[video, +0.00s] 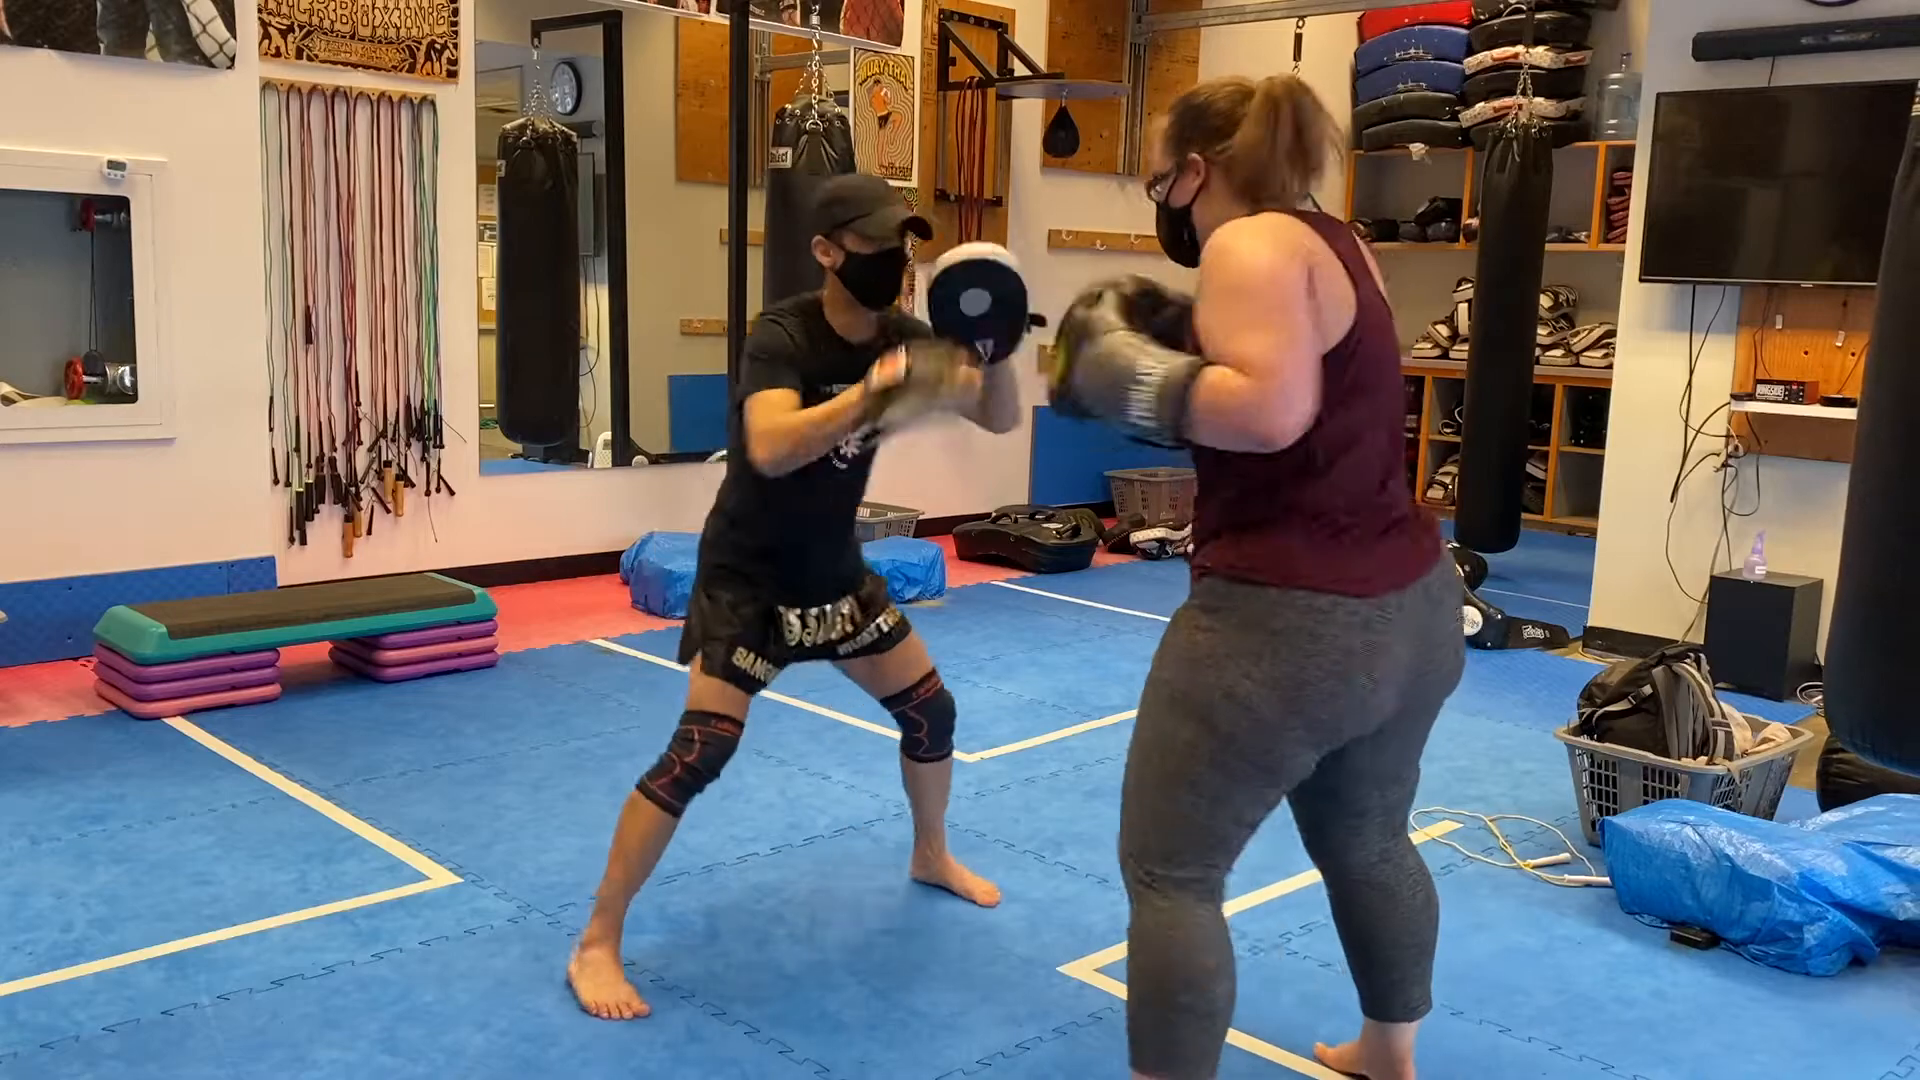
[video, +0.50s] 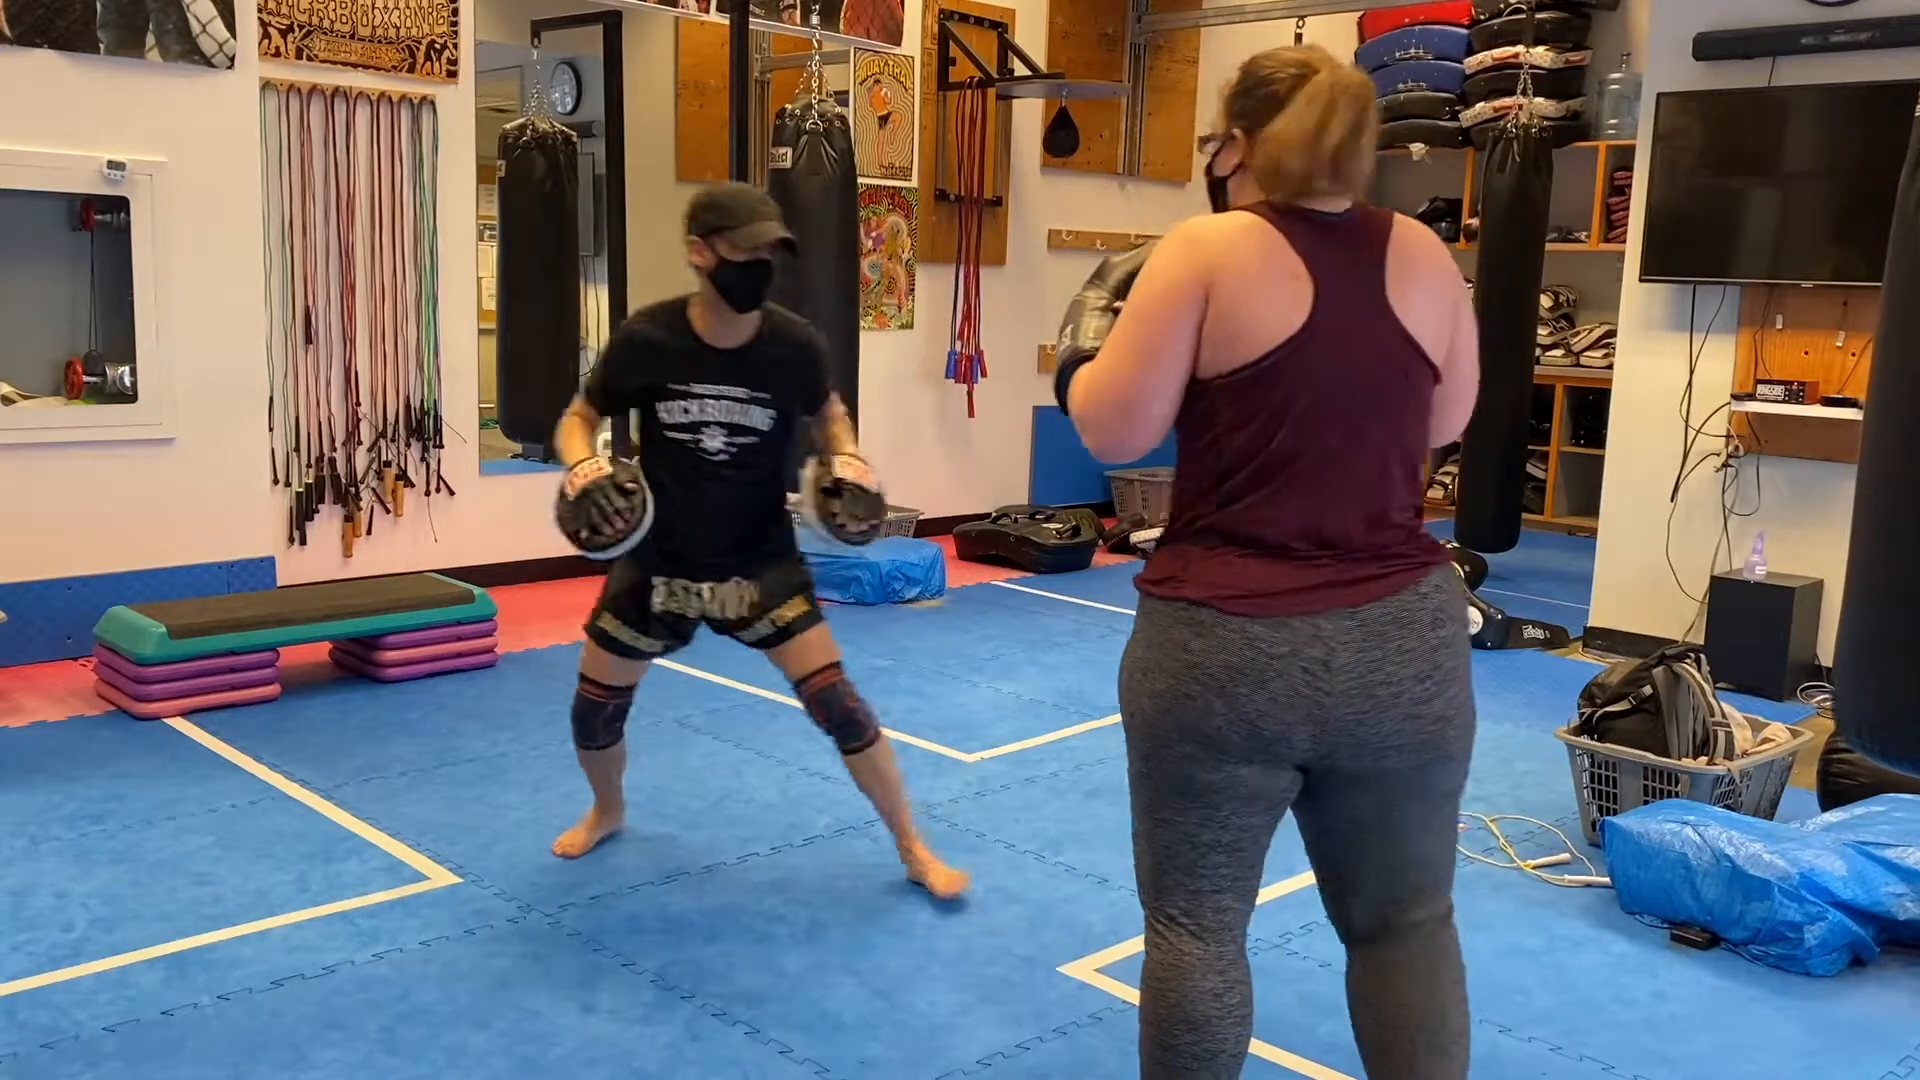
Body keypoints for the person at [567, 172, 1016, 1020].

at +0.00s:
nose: (898, 263)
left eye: (902, 247)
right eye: (880, 250)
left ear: (908, 243)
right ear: (829, 250)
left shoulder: (904, 338)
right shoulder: (777, 335)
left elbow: (1001, 417)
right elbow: (769, 448)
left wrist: (993, 340)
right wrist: (872, 392)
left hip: (834, 562)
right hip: (747, 566)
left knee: (929, 712)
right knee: (704, 745)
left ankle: (932, 856)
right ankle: (599, 941)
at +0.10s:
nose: (924, 296)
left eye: (933, 280)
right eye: (907, 282)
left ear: (944, 271)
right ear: (860, 274)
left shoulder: (933, 364)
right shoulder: (803, 346)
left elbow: (1017, 452)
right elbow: (716, 452)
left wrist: (1005, 372)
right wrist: (803, 482)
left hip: (856, 567)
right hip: (759, 563)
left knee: (948, 709)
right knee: (709, 728)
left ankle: (936, 854)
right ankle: (612, 916)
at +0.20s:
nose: (926, 297)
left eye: (933, 282)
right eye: (909, 284)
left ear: (942, 282)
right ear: (862, 285)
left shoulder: (942, 374)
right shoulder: (794, 360)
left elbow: (1003, 478)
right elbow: (704, 443)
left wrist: (982, 440)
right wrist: (732, 505)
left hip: (867, 582)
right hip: (770, 585)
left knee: (952, 713)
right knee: (704, 734)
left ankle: (936, 856)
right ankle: (602, 864)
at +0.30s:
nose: (887, 288)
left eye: (893, 273)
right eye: (869, 276)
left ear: (900, 273)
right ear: (818, 278)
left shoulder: (907, 369)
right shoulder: (756, 359)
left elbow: (957, 445)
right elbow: (687, 419)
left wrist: (958, 469)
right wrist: (686, 473)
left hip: (847, 577)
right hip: (749, 579)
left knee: (936, 709)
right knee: (666, 733)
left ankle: (936, 855)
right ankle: (599, 818)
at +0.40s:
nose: (822, 274)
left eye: (831, 260)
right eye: (806, 261)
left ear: (841, 261)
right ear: (761, 261)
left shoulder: (853, 357)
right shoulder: (703, 343)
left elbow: (895, 431)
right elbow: (640, 411)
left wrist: (909, 464)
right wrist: (634, 458)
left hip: (806, 568)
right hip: (702, 567)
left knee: (895, 710)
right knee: (622, 725)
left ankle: (933, 855)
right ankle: (610, 810)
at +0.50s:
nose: (763, 266)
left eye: (771, 253)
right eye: (747, 253)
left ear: (778, 253)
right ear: (701, 251)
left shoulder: (794, 346)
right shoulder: (645, 340)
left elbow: (831, 420)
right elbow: (577, 419)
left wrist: (846, 463)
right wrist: (583, 467)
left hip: (760, 560)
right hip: (658, 558)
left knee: (837, 706)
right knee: (593, 714)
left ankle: (912, 846)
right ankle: (608, 811)